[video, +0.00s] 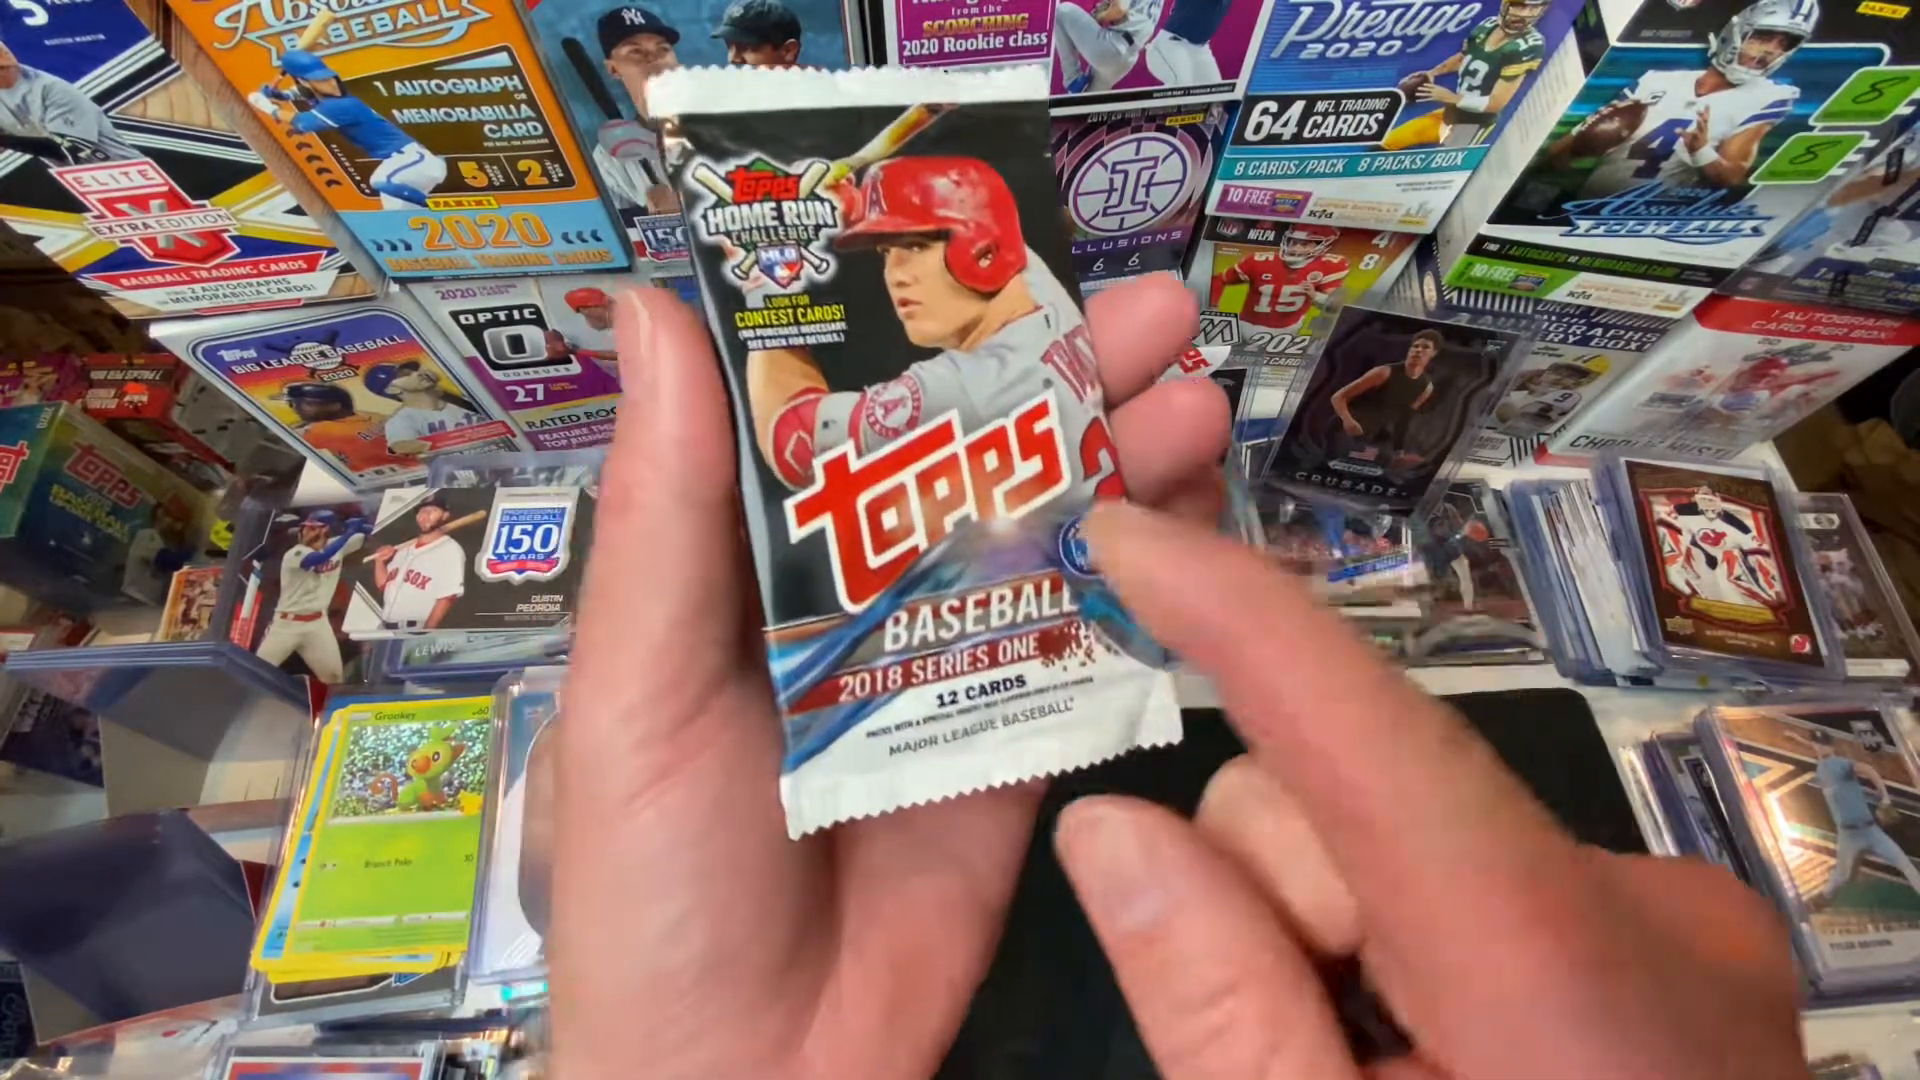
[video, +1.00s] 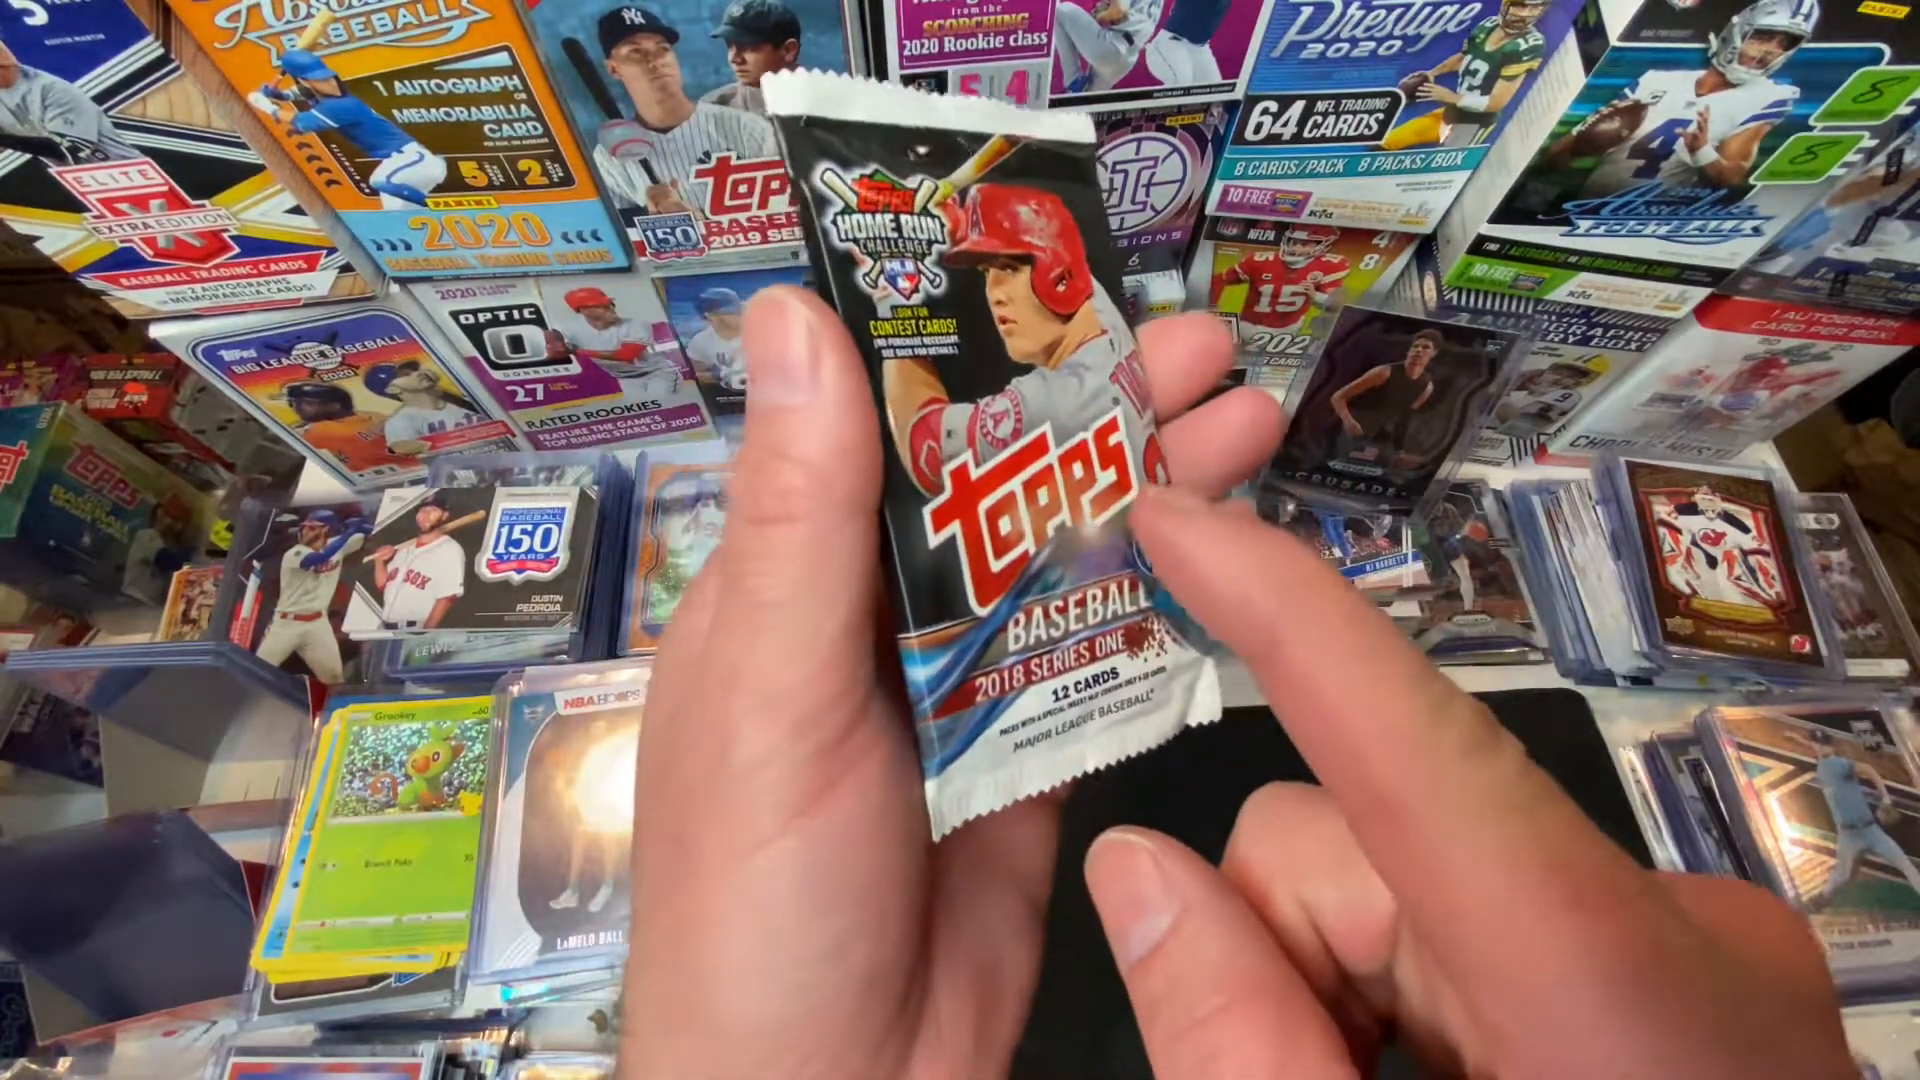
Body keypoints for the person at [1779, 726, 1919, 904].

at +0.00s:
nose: (1822, 749)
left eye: (1824, 744)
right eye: (1818, 746)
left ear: (1831, 745)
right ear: (1814, 748)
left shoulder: (1840, 764)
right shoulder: (1822, 767)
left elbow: (1869, 770)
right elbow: (1812, 746)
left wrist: (1884, 797)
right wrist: (1796, 738)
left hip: (1870, 829)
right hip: (1847, 834)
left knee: (1903, 862)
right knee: (1842, 874)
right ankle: (1825, 896)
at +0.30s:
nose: (1822, 749)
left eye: (1824, 744)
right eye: (1818, 745)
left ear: (1830, 745)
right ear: (1814, 748)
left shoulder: (1839, 764)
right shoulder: (1823, 767)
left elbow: (1869, 770)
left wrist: (1885, 797)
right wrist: (1796, 738)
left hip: (1871, 829)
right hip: (1847, 834)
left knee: (1903, 862)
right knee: (1842, 874)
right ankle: (1825, 896)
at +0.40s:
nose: (1823, 749)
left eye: (1825, 744)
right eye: (1819, 745)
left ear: (1831, 745)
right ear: (1814, 748)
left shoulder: (1839, 764)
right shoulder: (1823, 767)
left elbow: (1868, 770)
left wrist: (1884, 797)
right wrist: (1796, 738)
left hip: (1871, 829)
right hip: (1847, 834)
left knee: (1904, 863)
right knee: (1842, 874)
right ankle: (1825, 896)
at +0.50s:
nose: (1823, 749)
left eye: (1825, 744)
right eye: (1819, 745)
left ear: (1831, 745)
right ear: (1814, 748)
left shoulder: (1839, 764)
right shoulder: (1823, 767)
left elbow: (1868, 770)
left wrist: (1884, 797)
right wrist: (1796, 738)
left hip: (1871, 829)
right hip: (1847, 834)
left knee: (1904, 863)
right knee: (1842, 875)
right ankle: (1825, 896)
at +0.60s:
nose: (1823, 749)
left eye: (1825, 744)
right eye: (1819, 745)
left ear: (1831, 745)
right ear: (1814, 747)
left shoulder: (1839, 764)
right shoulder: (1823, 767)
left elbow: (1868, 770)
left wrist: (1885, 797)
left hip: (1871, 828)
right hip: (1847, 834)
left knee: (1904, 864)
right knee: (1843, 875)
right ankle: (1823, 897)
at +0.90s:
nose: (1824, 749)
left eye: (1826, 744)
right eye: (1819, 745)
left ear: (1831, 745)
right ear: (1814, 748)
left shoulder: (1839, 764)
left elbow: (1868, 770)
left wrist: (1885, 797)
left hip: (1871, 829)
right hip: (1847, 834)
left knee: (1904, 863)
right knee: (1842, 875)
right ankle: (1824, 897)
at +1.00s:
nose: (1823, 749)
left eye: (1826, 744)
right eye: (1819, 746)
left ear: (1831, 745)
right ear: (1814, 748)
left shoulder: (1839, 764)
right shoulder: (1823, 766)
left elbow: (1868, 770)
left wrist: (1885, 797)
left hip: (1870, 828)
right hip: (1847, 834)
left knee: (1904, 864)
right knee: (1843, 874)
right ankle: (1823, 897)